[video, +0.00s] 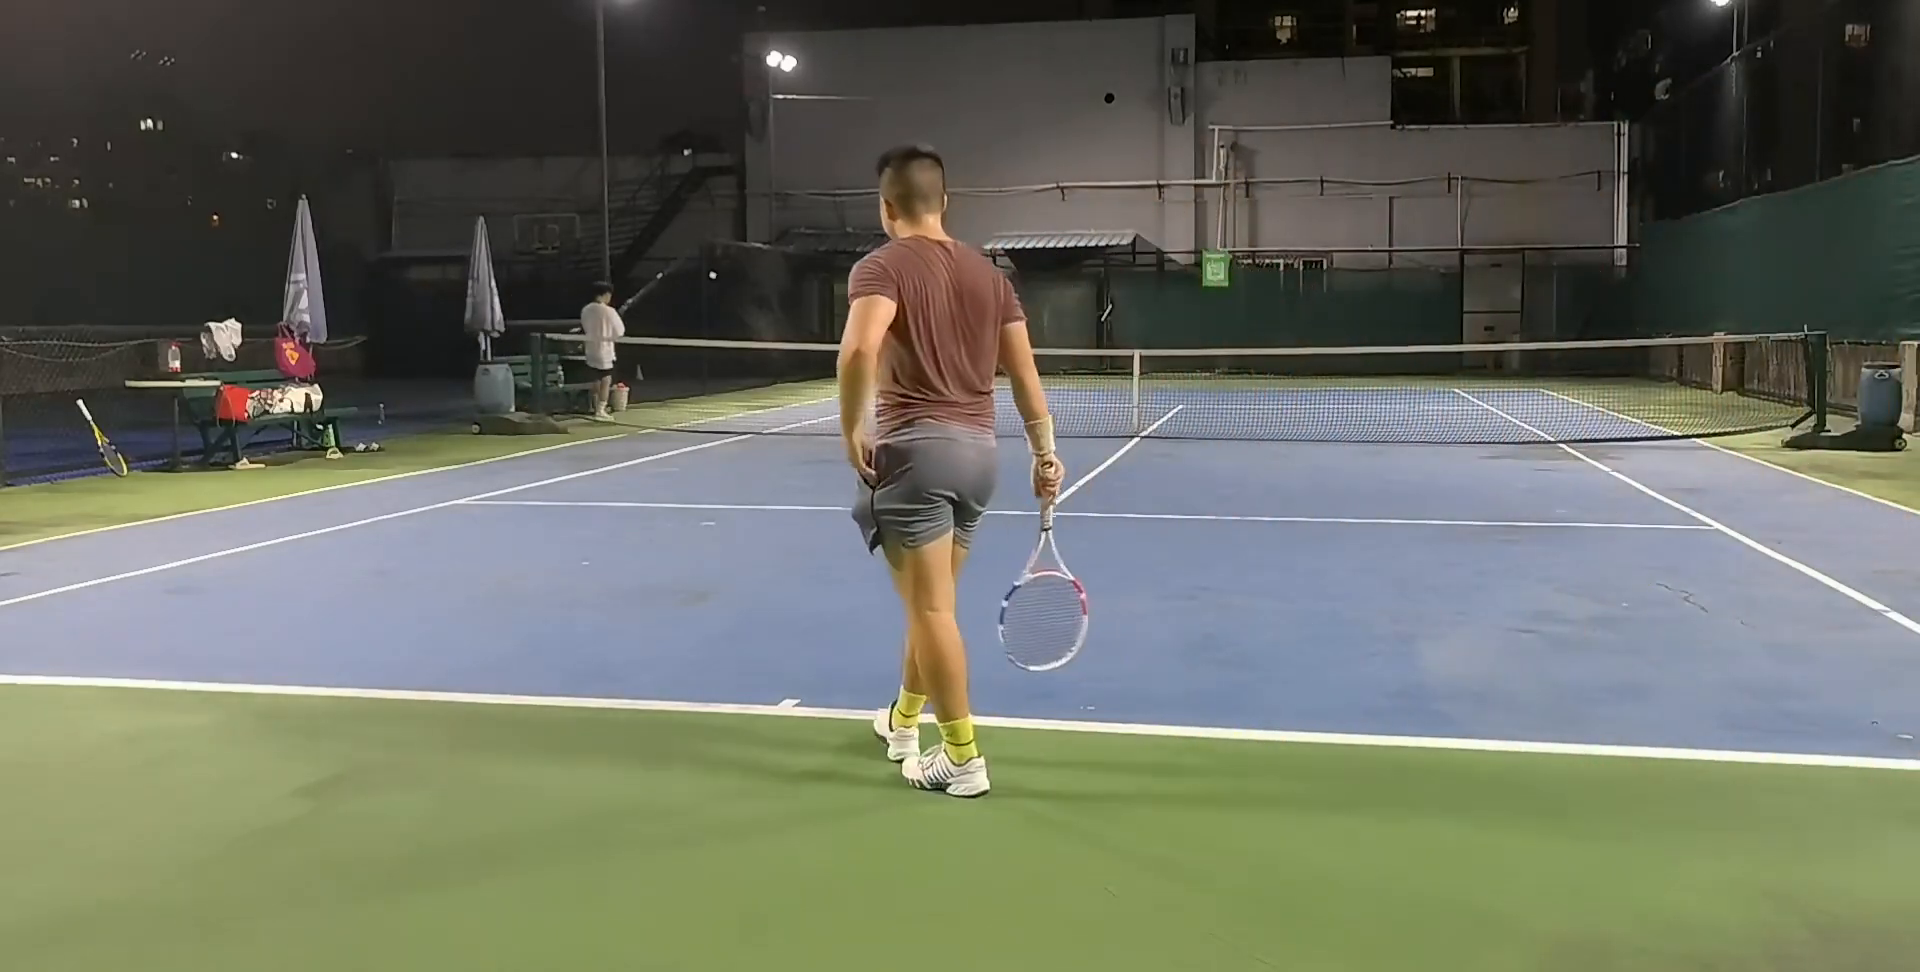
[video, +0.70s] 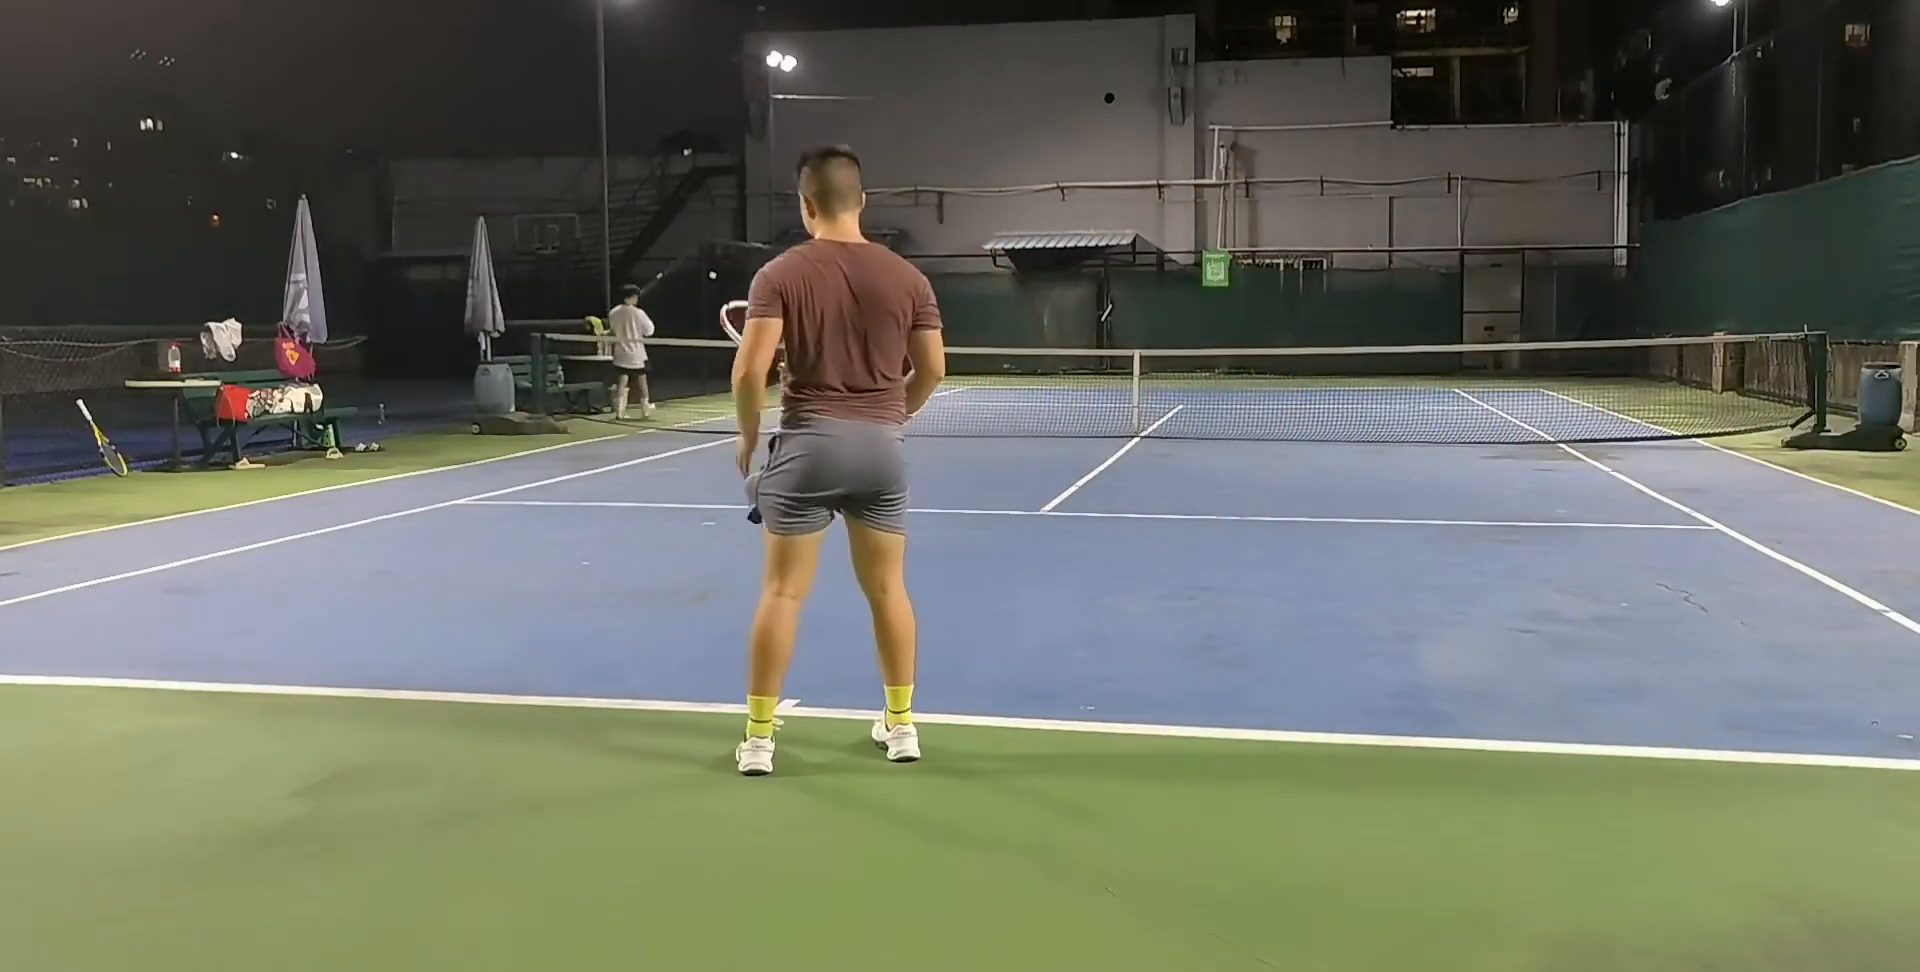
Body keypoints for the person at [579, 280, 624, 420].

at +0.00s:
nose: (610, 298)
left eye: (610, 295)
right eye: (609, 295)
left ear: (595, 294)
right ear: (604, 295)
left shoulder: (585, 310)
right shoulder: (609, 311)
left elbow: (585, 328)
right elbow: (620, 331)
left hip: (590, 348)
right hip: (605, 349)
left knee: (595, 378)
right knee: (606, 379)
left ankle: (596, 406)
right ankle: (601, 410)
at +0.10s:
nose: (614, 298)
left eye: (613, 295)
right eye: (613, 295)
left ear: (599, 295)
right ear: (609, 296)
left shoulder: (590, 310)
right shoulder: (614, 312)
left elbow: (590, 328)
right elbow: (625, 331)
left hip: (595, 349)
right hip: (610, 350)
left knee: (600, 378)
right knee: (607, 380)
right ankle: (601, 410)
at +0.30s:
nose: (620, 299)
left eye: (619, 296)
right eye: (619, 296)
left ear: (606, 297)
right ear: (617, 297)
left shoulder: (598, 312)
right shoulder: (621, 312)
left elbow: (599, 330)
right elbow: (632, 330)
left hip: (605, 350)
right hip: (620, 350)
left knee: (611, 381)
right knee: (625, 379)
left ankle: (618, 410)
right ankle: (611, 401)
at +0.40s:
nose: (623, 298)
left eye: (623, 296)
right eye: (623, 295)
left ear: (609, 295)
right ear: (620, 295)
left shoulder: (601, 311)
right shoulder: (624, 311)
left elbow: (602, 330)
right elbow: (635, 329)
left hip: (609, 350)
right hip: (624, 350)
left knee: (616, 378)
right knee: (633, 374)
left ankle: (618, 409)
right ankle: (622, 396)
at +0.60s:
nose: (631, 298)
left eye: (631, 295)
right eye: (630, 295)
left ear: (616, 296)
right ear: (626, 296)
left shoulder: (608, 311)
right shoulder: (633, 311)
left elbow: (608, 328)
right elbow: (644, 329)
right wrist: (631, 327)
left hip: (616, 351)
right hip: (633, 351)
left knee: (620, 381)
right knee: (639, 377)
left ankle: (620, 410)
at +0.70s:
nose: (636, 300)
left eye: (636, 297)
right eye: (635, 297)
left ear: (623, 297)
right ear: (631, 298)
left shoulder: (613, 313)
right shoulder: (638, 313)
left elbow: (613, 329)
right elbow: (649, 330)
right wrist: (637, 326)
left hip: (620, 352)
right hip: (637, 352)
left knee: (622, 382)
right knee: (642, 378)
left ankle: (620, 411)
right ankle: (645, 407)